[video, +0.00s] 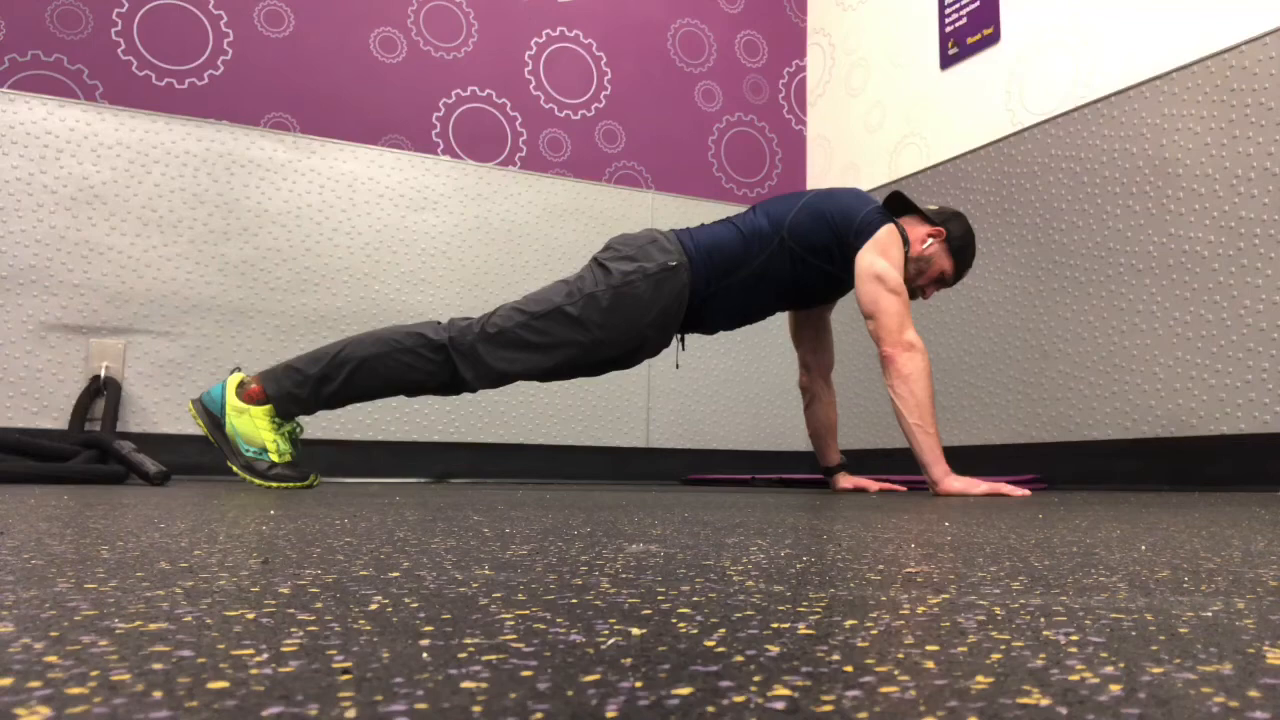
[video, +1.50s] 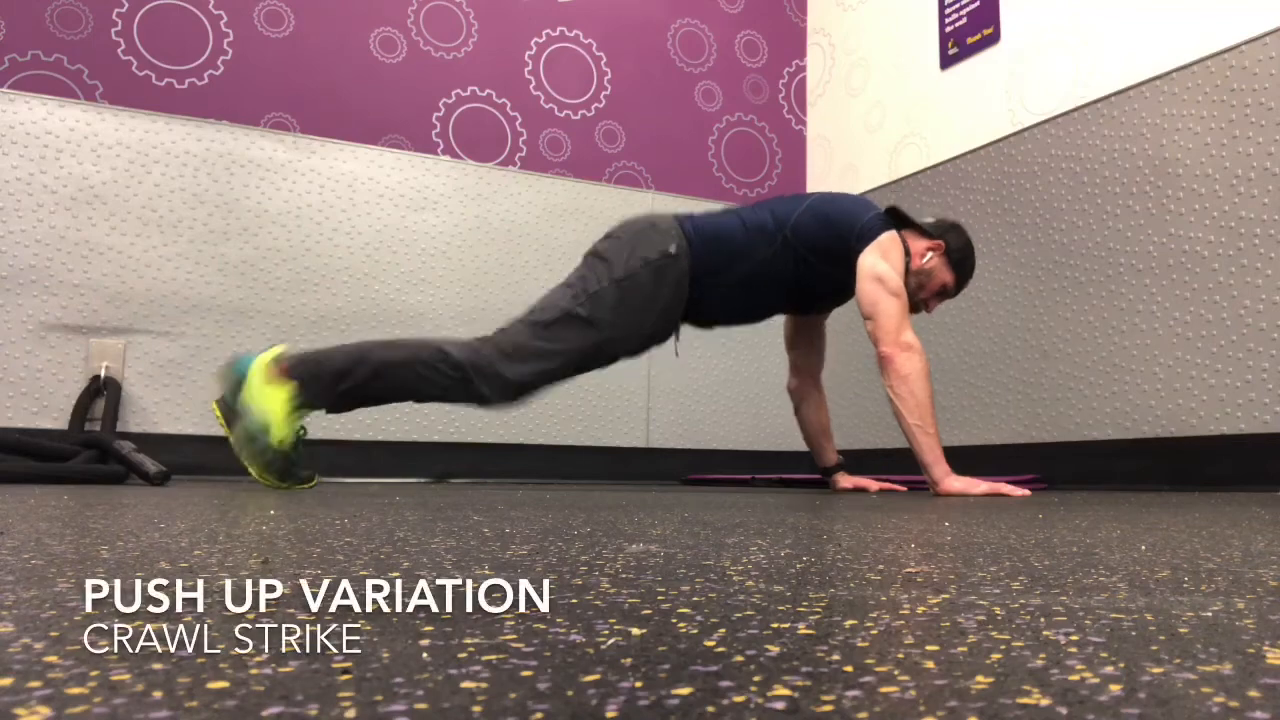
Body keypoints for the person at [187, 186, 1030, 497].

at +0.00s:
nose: (918, 290)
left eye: (930, 284)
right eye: (931, 271)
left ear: (911, 241)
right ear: (923, 232)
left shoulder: (834, 246)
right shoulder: (877, 224)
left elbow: (816, 368)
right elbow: (899, 344)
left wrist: (834, 470)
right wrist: (940, 473)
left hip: (654, 294)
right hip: (652, 283)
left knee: (473, 348)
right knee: (470, 350)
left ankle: (275, 398)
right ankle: (257, 397)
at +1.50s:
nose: (915, 299)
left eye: (927, 294)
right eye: (926, 282)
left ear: (907, 259)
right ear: (919, 245)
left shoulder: (830, 257)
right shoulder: (876, 227)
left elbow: (804, 374)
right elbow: (899, 346)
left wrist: (834, 470)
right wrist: (940, 473)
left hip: (658, 280)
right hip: (658, 262)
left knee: (496, 366)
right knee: (496, 367)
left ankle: (289, 387)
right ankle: (280, 382)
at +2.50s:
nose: (897, 195)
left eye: (902, 185)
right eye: (893, 178)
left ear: (858, 172)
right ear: (859, 160)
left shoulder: (798, 241)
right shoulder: (815, 173)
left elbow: (814, 363)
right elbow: (892, 231)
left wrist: (828, 468)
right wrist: (962, 181)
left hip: (642, 320)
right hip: (652, 265)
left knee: (488, 439)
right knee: (838, 253)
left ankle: (297, 407)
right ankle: (911, 442)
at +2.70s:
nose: (899, 199)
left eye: (903, 189)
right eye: (896, 183)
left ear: (857, 177)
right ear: (862, 164)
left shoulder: (796, 245)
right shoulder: (816, 175)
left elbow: (812, 364)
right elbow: (887, 232)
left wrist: (830, 470)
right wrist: (962, 188)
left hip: (643, 322)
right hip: (656, 263)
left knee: (487, 441)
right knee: (846, 255)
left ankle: (297, 406)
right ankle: (909, 441)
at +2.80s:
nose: (886, 212)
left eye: (893, 204)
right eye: (883, 193)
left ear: (861, 189)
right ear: (854, 170)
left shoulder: (793, 244)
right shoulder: (809, 169)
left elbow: (808, 360)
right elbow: (854, 226)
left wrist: (829, 470)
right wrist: (954, 214)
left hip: (639, 304)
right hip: (656, 255)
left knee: (491, 433)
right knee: (838, 260)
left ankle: (297, 404)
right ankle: (909, 439)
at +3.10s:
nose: (882, 268)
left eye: (892, 262)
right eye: (888, 251)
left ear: (872, 239)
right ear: (872, 211)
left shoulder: (789, 266)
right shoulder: (828, 192)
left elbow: (797, 372)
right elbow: (884, 297)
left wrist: (832, 468)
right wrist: (954, 403)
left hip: (606, 220)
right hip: (617, 180)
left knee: (478, 340)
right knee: (711, 281)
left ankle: (273, 402)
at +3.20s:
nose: (888, 283)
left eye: (899, 277)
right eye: (895, 267)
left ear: (878, 241)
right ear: (884, 227)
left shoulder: (808, 261)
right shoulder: (847, 217)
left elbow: (802, 373)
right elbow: (894, 328)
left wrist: (831, 466)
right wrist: (947, 446)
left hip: (614, 222)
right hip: (628, 193)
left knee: (479, 329)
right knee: (583, 342)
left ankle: (275, 401)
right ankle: (383, 360)